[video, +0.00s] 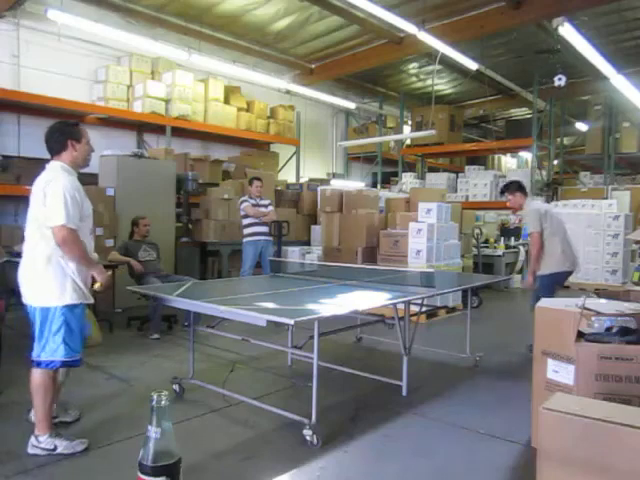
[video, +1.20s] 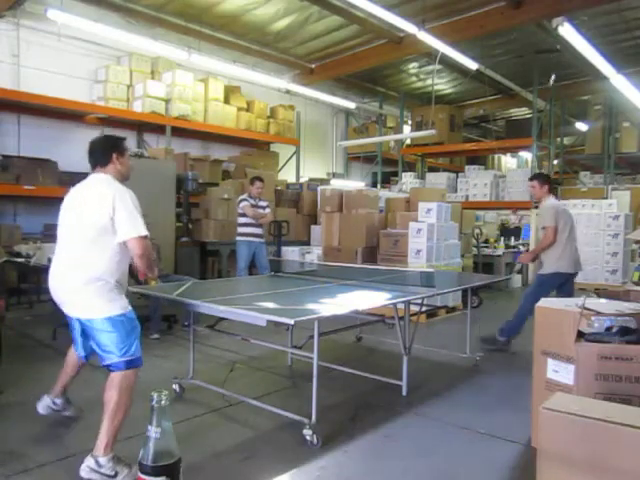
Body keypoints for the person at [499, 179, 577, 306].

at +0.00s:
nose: (508, 204)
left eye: (509, 199)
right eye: (507, 200)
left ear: (519, 195)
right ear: (520, 195)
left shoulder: (532, 210)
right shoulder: (539, 207)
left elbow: (536, 244)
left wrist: (531, 273)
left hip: (554, 266)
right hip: (563, 263)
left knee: (538, 307)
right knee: (541, 306)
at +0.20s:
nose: (498, 203)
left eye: (498, 199)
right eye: (496, 199)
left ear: (507, 194)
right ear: (509, 194)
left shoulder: (520, 207)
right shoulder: (526, 205)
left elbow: (524, 243)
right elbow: (526, 242)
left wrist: (513, 263)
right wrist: (514, 259)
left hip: (545, 259)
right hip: (558, 258)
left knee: (519, 292)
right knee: (538, 296)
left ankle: (513, 338)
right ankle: (548, 338)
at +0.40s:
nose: (484, 206)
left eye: (484, 202)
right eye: (482, 203)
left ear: (493, 198)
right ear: (496, 198)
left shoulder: (506, 211)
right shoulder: (513, 209)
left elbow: (506, 249)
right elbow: (512, 251)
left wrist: (485, 262)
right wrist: (490, 261)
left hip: (528, 265)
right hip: (542, 264)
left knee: (502, 298)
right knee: (526, 300)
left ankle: (486, 337)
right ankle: (540, 338)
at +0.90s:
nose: (493, 193)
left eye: (496, 188)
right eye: (493, 188)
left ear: (508, 188)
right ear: (510, 189)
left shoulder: (509, 207)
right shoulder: (525, 206)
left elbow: (507, 238)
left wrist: (485, 254)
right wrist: (493, 249)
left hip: (519, 265)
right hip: (537, 265)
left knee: (494, 293)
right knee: (541, 307)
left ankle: (485, 335)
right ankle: (551, 341)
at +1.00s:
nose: (507, 194)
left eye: (510, 189)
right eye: (507, 189)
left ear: (521, 190)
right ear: (523, 190)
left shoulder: (521, 209)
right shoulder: (537, 208)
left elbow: (519, 239)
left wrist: (499, 254)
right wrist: (506, 250)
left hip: (528, 268)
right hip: (546, 268)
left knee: (500, 295)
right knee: (546, 312)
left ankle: (485, 336)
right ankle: (549, 347)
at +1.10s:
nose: (521, 194)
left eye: (524, 190)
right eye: (521, 190)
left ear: (535, 190)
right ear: (537, 191)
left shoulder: (536, 209)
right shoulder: (550, 209)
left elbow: (536, 240)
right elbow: (547, 240)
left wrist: (516, 255)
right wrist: (527, 247)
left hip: (544, 270)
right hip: (559, 269)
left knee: (516, 302)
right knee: (560, 312)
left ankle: (490, 334)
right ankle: (564, 346)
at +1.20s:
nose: (531, 192)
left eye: (533, 188)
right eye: (530, 188)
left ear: (545, 187)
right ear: (547, 189)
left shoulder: (547, 207)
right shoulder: (560, 207)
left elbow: (549, 237)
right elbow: (557, 239)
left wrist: (531, 254)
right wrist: (535, 253)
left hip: (556, 267)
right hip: (569, 267)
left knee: (529, 299)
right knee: (566, 310)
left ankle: (504, 335)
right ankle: (567, 345)